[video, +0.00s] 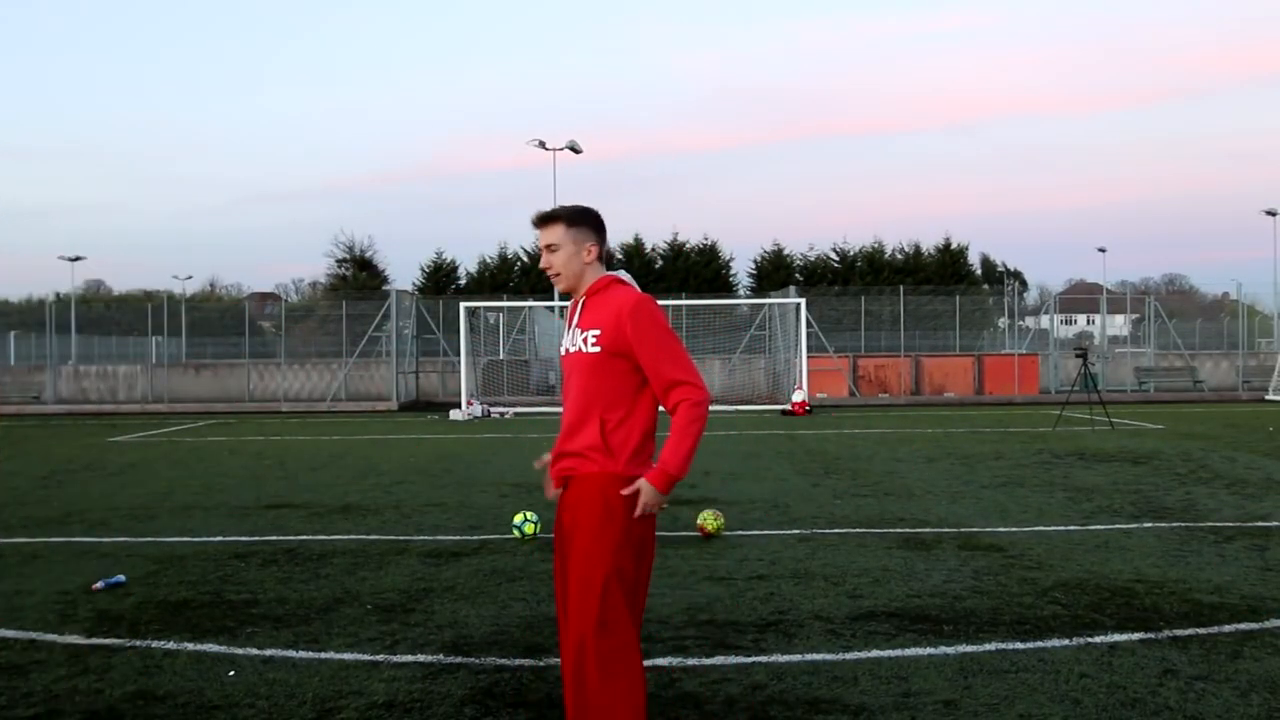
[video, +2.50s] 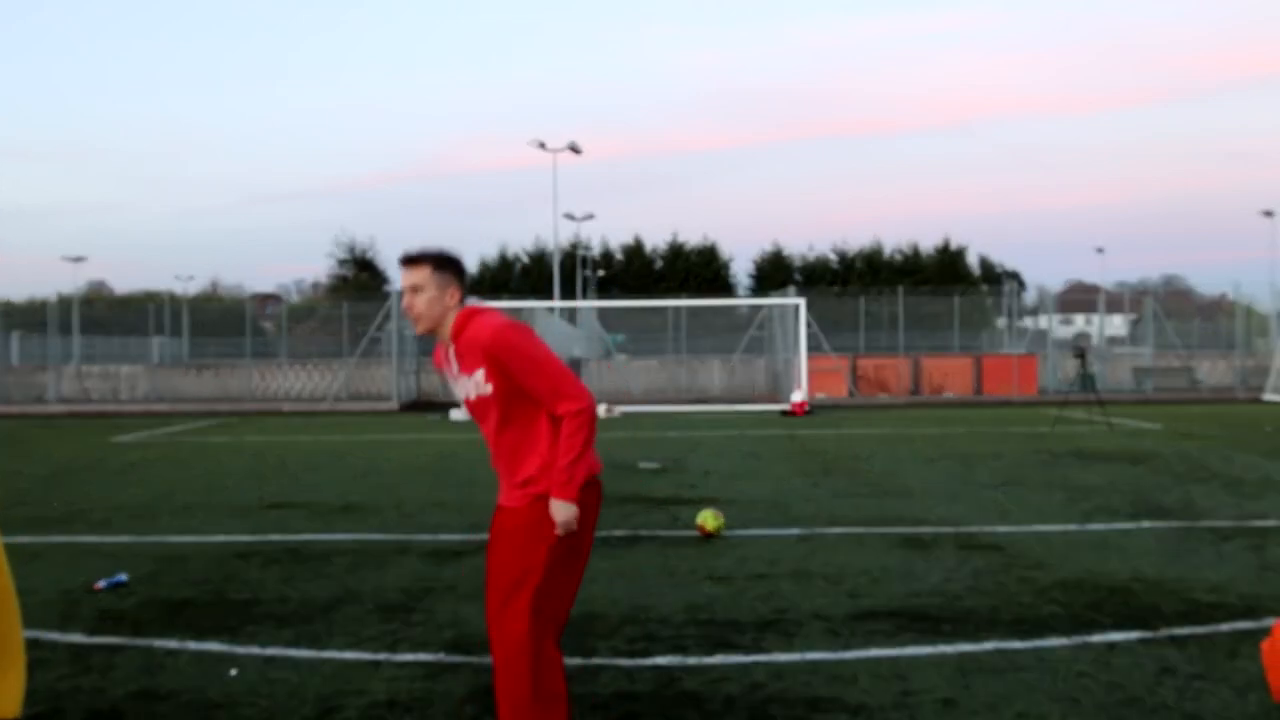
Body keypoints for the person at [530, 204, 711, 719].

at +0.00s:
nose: (543, 263)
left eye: (552, 250)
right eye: (541, 253)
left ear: (590, 250)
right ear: (579, 254)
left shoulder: (628, 305)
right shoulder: (580, 309)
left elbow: (691, 397)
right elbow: (594, 401)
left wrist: (662, 478)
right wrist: (560, 457)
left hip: (614, 493)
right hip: (577, 493)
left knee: (603, 639)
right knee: (576, 638)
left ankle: (615, 716)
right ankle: (583, 715)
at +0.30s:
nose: (535, 269)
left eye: (536, 256)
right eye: (533, 258)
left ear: (562, 254)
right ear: (578, 252)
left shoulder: (608, 306)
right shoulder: (592, 306)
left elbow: (676, 397)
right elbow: (632, 398)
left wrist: (615, 471)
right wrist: (587, 461)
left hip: (606, 503)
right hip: (589, 500)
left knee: (605, 648)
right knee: (584, 644)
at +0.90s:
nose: (547, 265)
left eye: (545, 256)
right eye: (545, 258)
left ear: (552, 255)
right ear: (602, 253)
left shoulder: (580, 297)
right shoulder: (635, 303)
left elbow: (613, 373)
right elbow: (689, 382)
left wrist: (553, 433)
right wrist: (635, 425)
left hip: (593, 493)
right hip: (636, 493)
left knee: (594, 634)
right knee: (639, 629)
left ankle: (602, 715)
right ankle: (639, 713)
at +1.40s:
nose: (524, 273)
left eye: (530, 260)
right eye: (524, 262)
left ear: (563, 259)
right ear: (570, 261)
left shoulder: (582, 306)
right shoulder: (608, 309)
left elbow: (625, 396)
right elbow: (661, 409)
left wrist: (588, 477)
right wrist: (639, 488)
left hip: (574, 503)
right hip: (617, 504)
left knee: (529, 640)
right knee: (614, 645)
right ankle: (618, 715)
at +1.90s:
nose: (462, 269)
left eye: (470, 256)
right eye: (460, 258)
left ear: (507, 256)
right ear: (509, 260)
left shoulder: (518, 312)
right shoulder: (539, 308)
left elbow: (572, 404)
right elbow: (598, 399)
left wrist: (536, 484)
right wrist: (577, 475)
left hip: (511, 506)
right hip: (546, 506)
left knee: (491, 642)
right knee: (545, 636)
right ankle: (576, 708)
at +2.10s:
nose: (437, 272)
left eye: (445, 260)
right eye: (436, 261)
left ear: (481, 260)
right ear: (482, 263)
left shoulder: (509, 316)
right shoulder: (504, 313)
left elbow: (552, 418)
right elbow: (536, 417)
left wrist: (514, 501)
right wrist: (502, 497)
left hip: (514, 509)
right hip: (510, 506)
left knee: (496, 646)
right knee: (500, 643)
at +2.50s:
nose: (406, 304)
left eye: (415, 292)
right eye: (403, 294)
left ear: (451, 293)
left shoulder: (494, 333)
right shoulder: (447, 354)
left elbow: (577, 404)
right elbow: (513, 416)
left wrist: (565, 490)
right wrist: (517, 490)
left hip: (550, 496)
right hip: (518, 495)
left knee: (526, 632)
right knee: (507, 629)